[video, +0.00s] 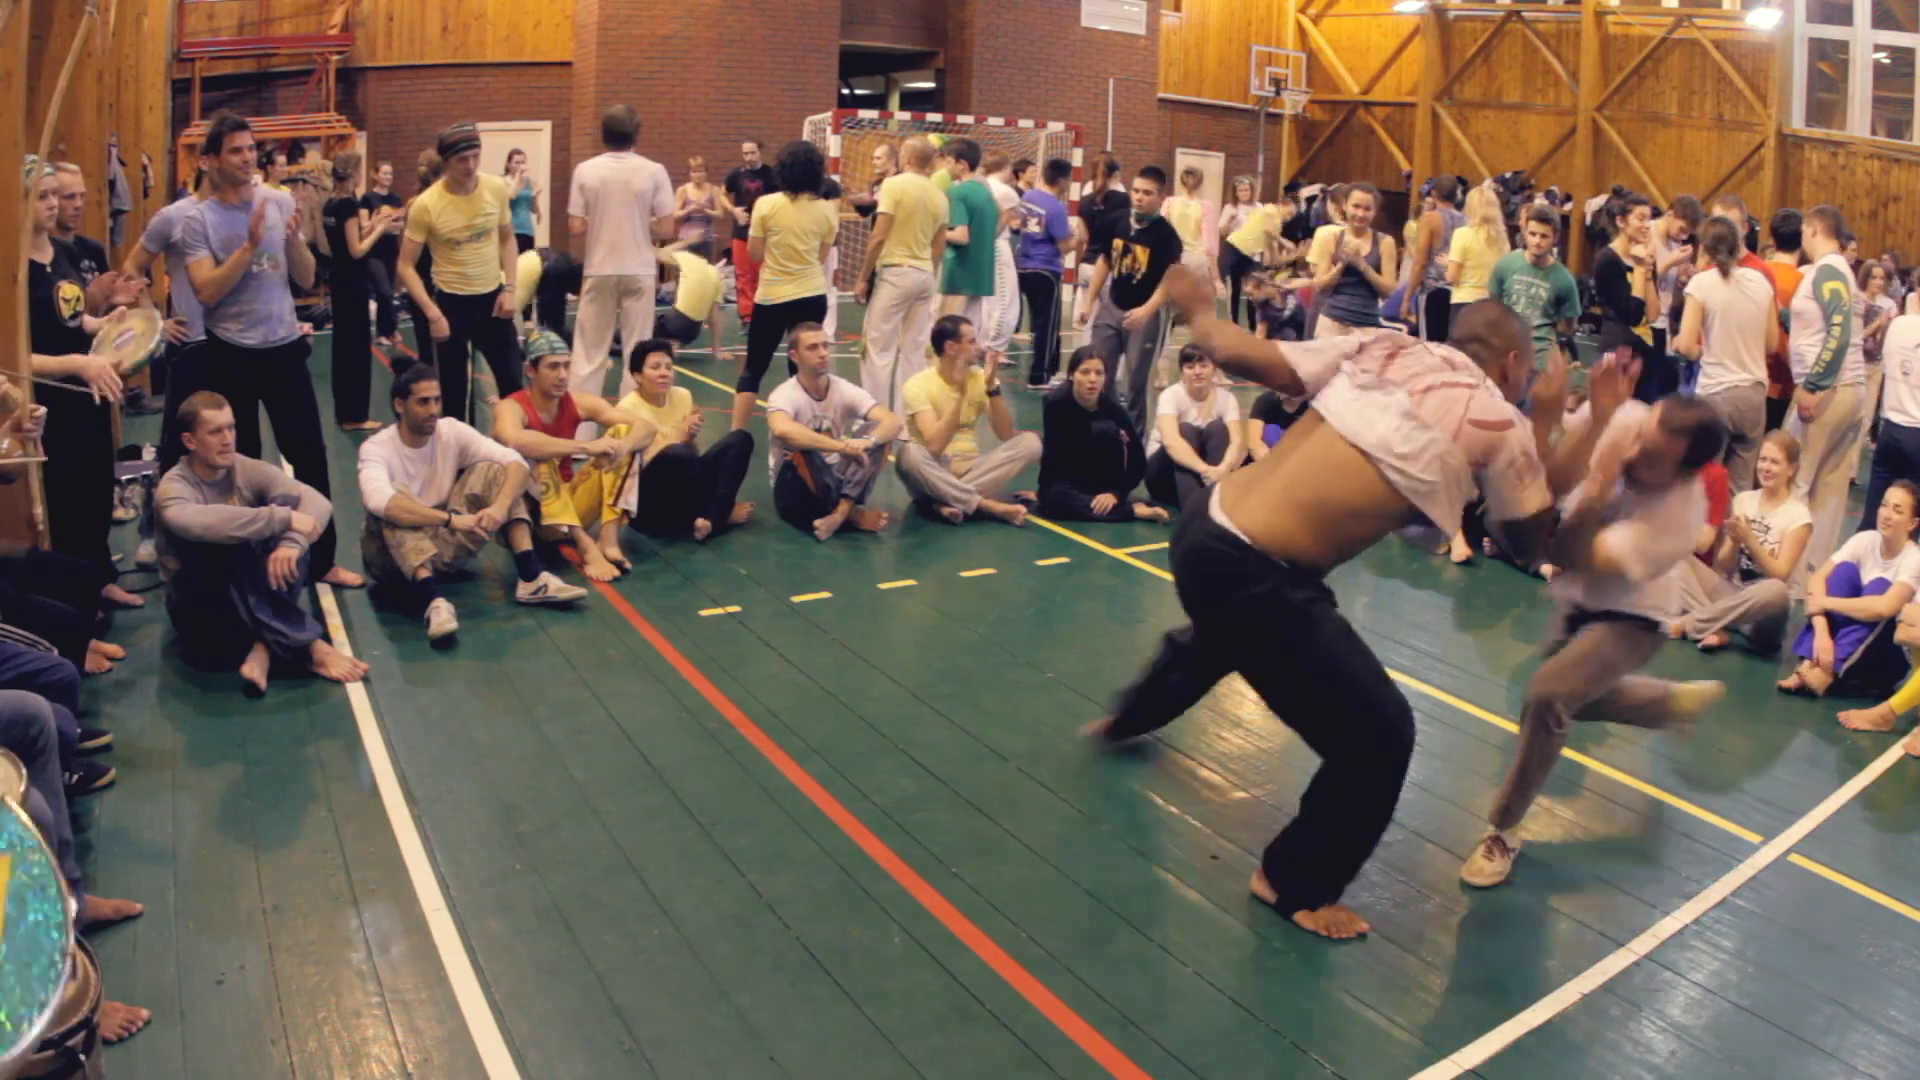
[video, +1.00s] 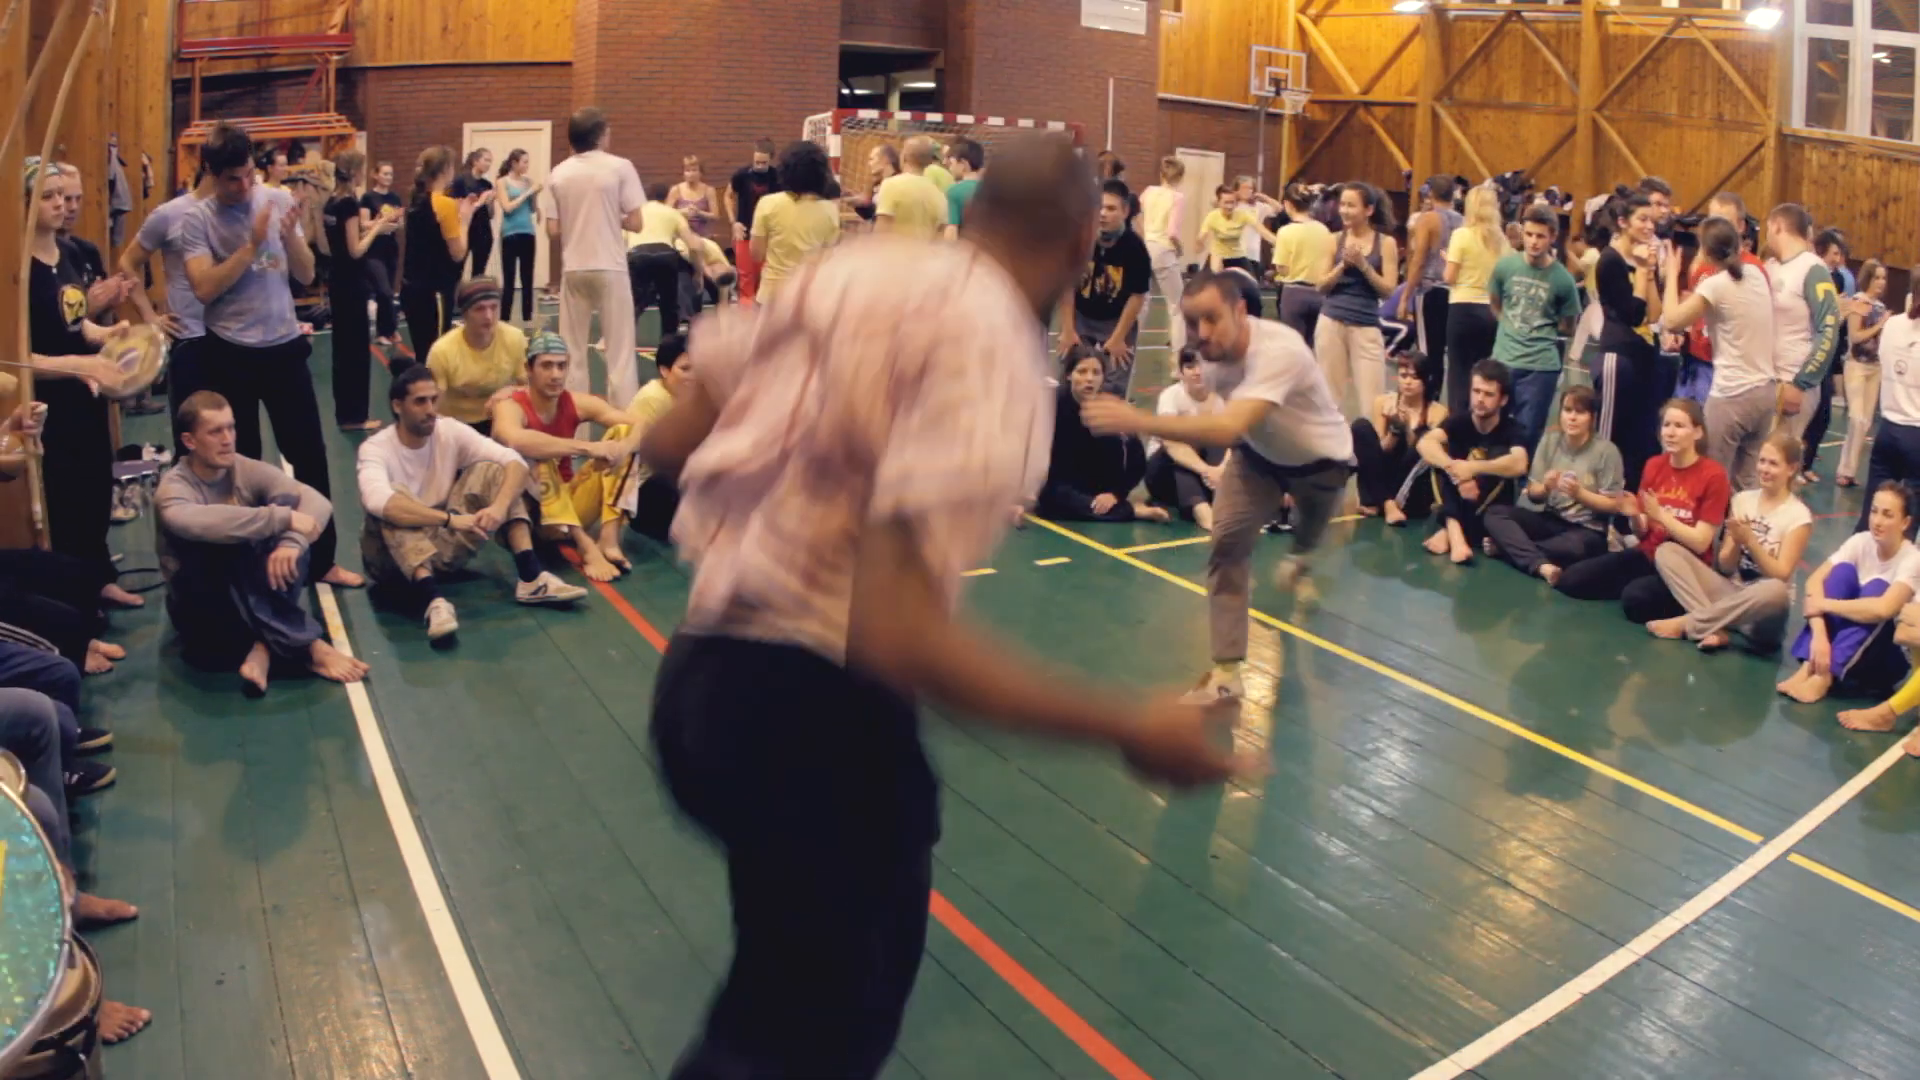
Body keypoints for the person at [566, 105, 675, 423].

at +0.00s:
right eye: (634, 131)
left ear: (603, 134)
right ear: (636, 135)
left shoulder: (586, 171)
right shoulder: (654, 172)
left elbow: (577, 227)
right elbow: (665, 229)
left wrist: (601, 220)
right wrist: (638, 221)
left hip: (599, 271)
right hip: (640, 271)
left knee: (588, 352)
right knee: (638, 352)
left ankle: (580, 429)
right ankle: (633, 430)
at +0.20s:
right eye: (642, 133)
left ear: (609, 134)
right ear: (642, 136)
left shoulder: (589, 169)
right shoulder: (656, 173)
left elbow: (578, 224)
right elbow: (668, 232)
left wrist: (603, 222)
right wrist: (642, 225)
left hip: (598, 269)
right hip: (639, 270)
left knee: (590, 349)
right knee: (637, 350)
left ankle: (582, 425)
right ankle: (631, 423)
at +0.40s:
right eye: (641, 133)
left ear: (608, 134)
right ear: (639, 136)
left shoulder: (587, 168)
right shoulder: (654, 172)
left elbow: (574, 223)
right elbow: (662, 231)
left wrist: (598, 221)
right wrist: (638, 223)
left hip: (596, 267)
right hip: (635, 269)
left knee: (584, 349)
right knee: (634, 351)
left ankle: (574, 421)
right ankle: (630, 423)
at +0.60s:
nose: (632, 136)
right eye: (632, 132)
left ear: (599, 133)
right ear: (631, 135)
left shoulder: (579, 170)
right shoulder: (646, 172)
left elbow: (570, 225)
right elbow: (659, 230)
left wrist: (597, 225)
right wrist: (633, 224)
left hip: (590, 268)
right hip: (630, 269)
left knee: (582, 350)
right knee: (632, 350)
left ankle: (577, 424)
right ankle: (630, 426)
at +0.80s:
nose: (622, 133)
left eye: (619, 129)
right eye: (620, 130)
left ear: (585, 135)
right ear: (616, 134)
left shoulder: (568, 170)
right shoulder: (633, 169)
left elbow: (561, 223)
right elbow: (648, 226)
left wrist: (587, 224)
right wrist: (622, 216)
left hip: (582, 269)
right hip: (620, 268)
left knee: (580, 349)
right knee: (626, 351)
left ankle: (576, 427)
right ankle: (627, 426)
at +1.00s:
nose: (609, 135)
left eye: (607, 130)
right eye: (607, 131)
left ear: (573, 138)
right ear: (602, 135)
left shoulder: (558, 173)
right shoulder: (619, 167)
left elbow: (553, 229)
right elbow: (635, 223)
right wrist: (609, 216)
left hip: (573, 266)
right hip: (610, 265)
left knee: (573, 348)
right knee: (619, 347)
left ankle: (574, 423)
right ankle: (624, 423)